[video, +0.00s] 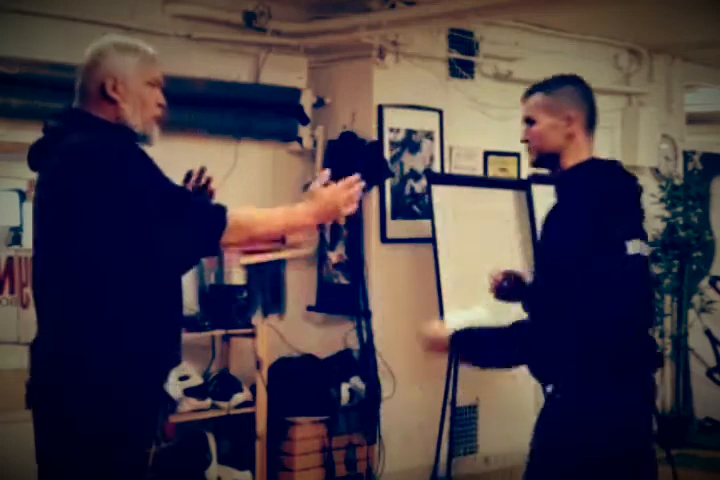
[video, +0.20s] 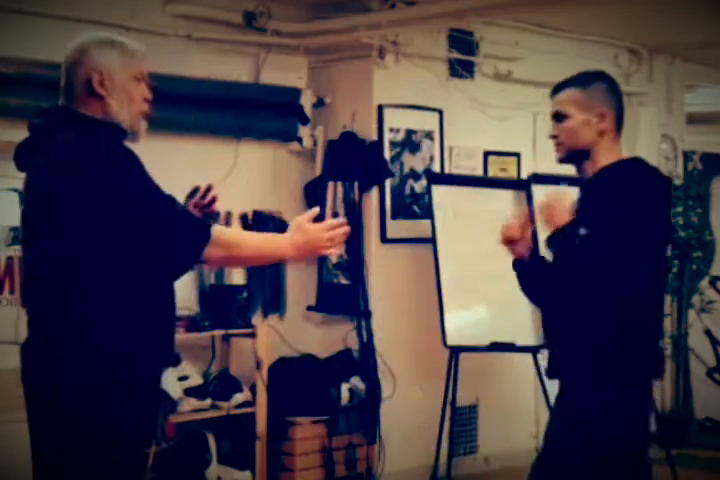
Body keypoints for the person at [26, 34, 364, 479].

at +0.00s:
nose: (163, 102)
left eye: (161, 88)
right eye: (154, 85)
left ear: (113, 91)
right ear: (114, 89)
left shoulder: (71, 154)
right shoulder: (105, 156)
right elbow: (210, 231)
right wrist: (315, 209)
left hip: (74, 384)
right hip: (108, 391)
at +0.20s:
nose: (149, 95)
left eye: (147, 82)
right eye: (141, 80)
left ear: (99, 86)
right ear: (101, 84)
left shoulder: (56, 151)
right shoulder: (96, 153)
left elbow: (115, 247)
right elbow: (193, 244)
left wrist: (180, 221)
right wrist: (292, 245)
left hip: (62, 368)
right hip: (105, 376)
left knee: (68, 471)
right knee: (111, 470)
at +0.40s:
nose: (142, 98)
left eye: (140, 85)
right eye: (133, 83)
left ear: (91, 88)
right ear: (92, 87)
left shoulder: (52, 156)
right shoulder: (88, 159)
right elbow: (190, 241)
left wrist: (181, 226)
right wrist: (290, 240)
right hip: (104, 381)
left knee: (75, 471)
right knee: (112, 470)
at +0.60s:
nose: (154, 106)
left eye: (153, 94)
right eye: (146, 91)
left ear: (107, 90)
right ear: (106, 89)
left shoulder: (56, 154)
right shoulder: (101, 152)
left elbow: (121, 266)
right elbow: (197, 226)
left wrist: (190, 258)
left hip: (68, 376)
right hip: (112, 381)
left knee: (73, 471)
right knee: (114, 470)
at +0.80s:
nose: (174, 127)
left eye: (176, 115)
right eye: (170, 110)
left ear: (128, 95)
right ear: (133, 96)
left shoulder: (55, 163)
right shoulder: (131, 160)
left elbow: (102, 284)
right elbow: (208, 244)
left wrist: (183, 297)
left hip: (61, 377)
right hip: (119, 382)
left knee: (68, 472)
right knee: (120, 471)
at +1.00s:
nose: (178, 136)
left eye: (182, 125)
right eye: (176, 120)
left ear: (136, 99)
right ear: (141, 101)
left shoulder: (59, 161)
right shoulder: (134, 168)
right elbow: (208, 272)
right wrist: (290, 322)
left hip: (60, 382)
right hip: (117, 390)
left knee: (66, 472)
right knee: (118, 470)